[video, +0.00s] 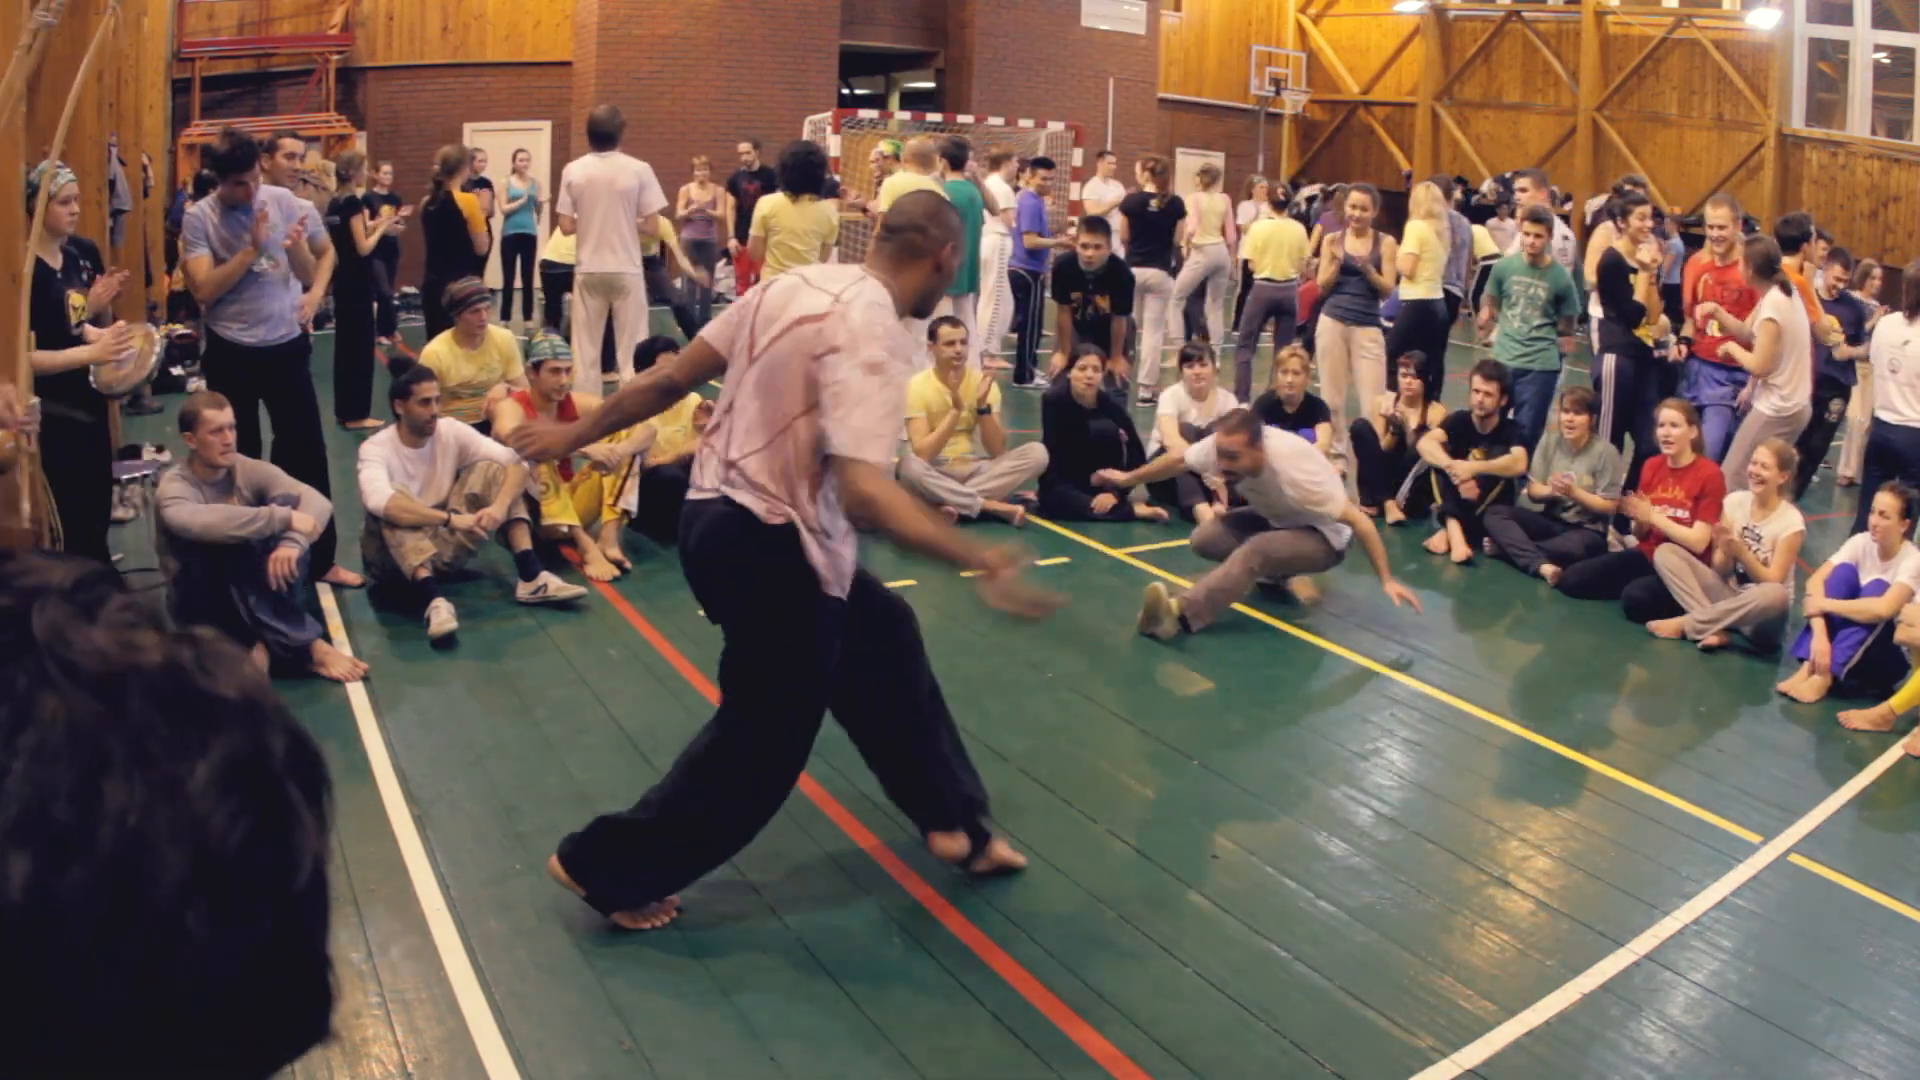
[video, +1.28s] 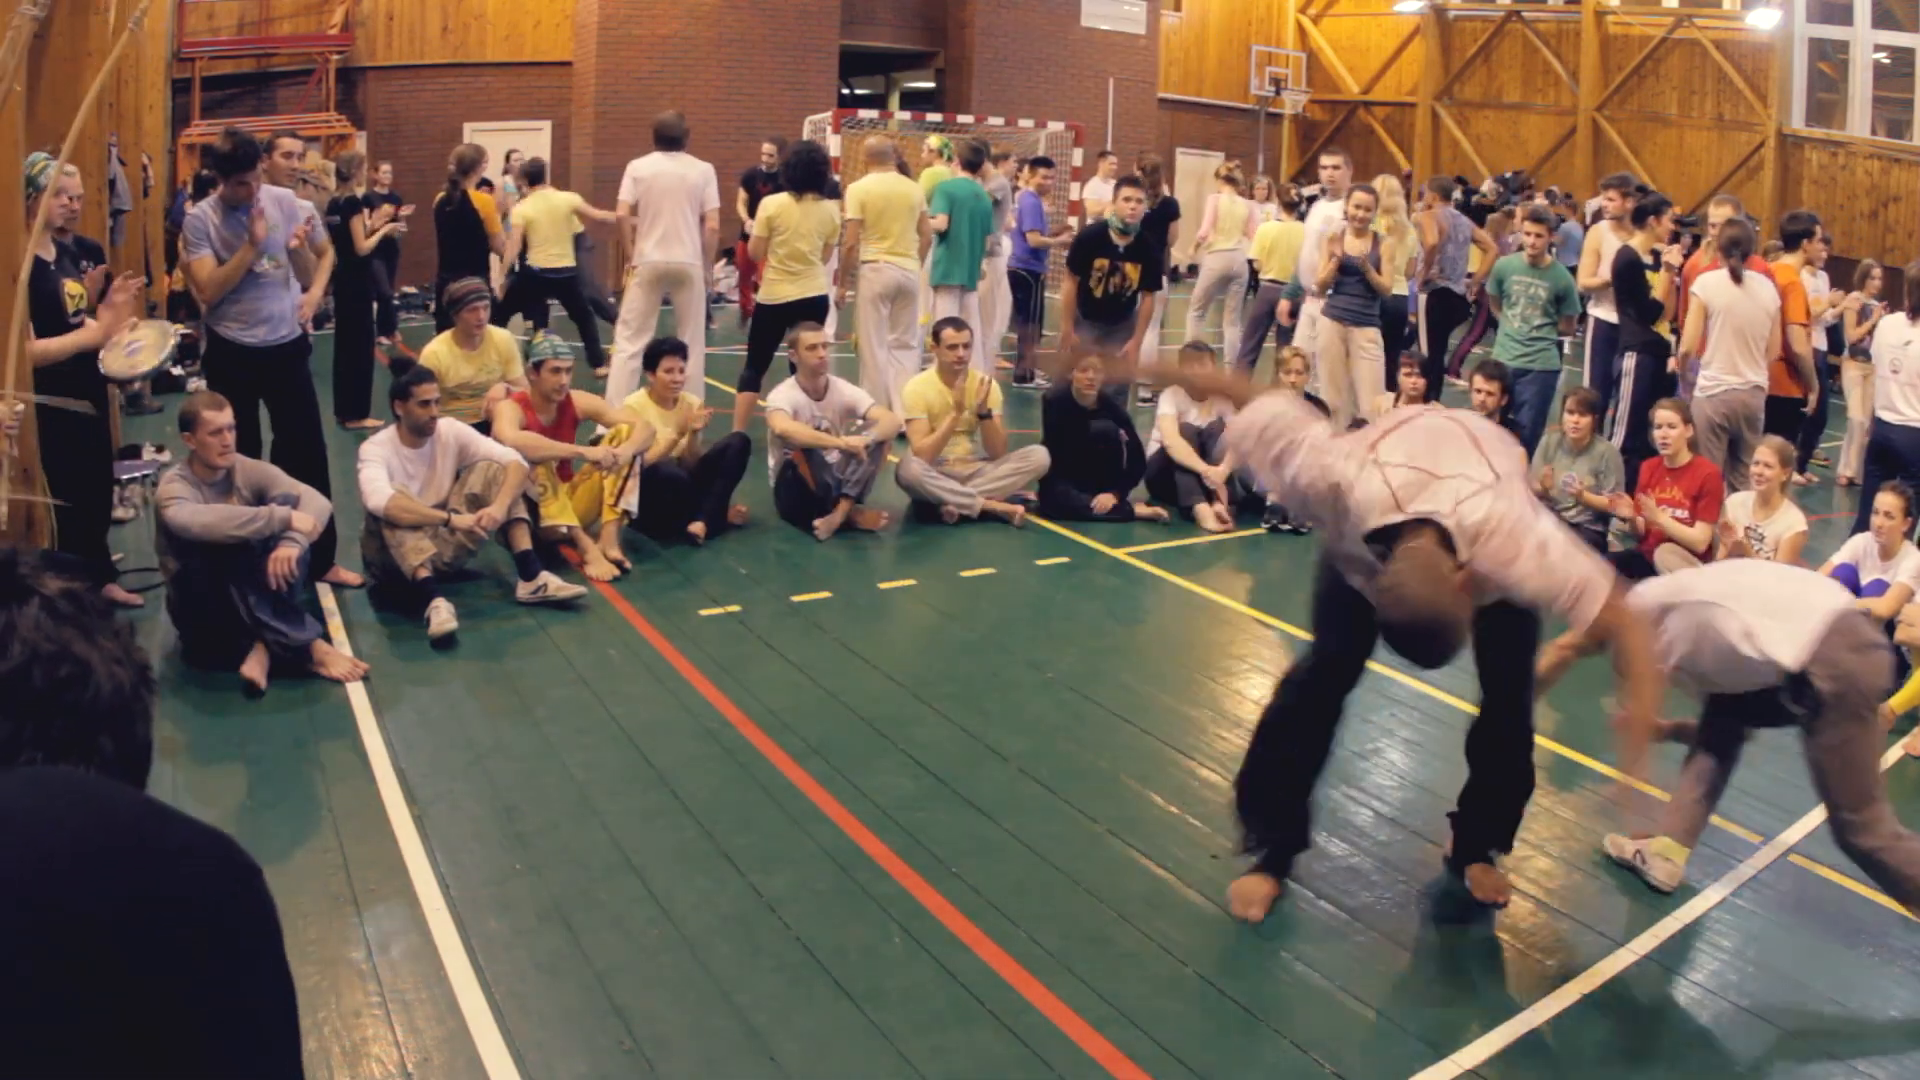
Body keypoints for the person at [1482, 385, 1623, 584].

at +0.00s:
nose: (1569, 419)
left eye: (1577, 414)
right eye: (1565, 412)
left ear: (1591, 419)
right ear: (1558, 414)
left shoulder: (1606, 452)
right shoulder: (1549, 441)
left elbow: (1611, 506)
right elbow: (1533, 490)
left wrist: (1574, 492)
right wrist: (1551, 489)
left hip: (1584, 529)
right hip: (1547, 519)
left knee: (1574, 548)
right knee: (1494, 514)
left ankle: (1510, 550)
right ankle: (1539, 566)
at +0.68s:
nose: (1570, 420)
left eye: (1578, 414)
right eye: (1566, 412)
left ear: (1592, 420)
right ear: (1559, 415)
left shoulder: (1606, 451)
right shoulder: (1550, 441)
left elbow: (1617, 505)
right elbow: (1533, 497)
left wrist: (1589, 499)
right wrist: (1536, 484)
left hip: (1585, 529)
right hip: (1549, 518)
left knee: (1574, 548)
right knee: (1497, 512)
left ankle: (1510, 553)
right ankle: (1539, 565)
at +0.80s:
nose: (1572, 419)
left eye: (1580, 414)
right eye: (1567, 412)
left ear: (1593, 419)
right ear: (1560, 415)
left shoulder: (1607, 452)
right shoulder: (1549, 441)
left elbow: (1609, 505)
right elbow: (1534, 489)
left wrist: (1574, 490)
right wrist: (1553, 491)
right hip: (1551, 516)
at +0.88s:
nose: (1572, 419)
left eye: (1580, 414)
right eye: (1568, 412)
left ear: (1594, 419)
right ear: (1561, 414)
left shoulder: (1607, 452)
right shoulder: (1549, 441)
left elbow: (1613, 504)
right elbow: (1533, 483)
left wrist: (1581, 493)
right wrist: (1557, 483)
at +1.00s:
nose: (1572, 420)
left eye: (1580, 414)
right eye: (1568, 412)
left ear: (1594, 420)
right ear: (1561, 414)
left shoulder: (1607, 452)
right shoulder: (1550, 440)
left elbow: (1615, 504)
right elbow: (1532, 494)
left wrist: (1586, 497)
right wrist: (1541, 487)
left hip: (1583, 522)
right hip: (1546, 514)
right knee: (1494, 513)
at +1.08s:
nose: (1574, 420)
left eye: (1581, 414)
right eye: (1569, 413)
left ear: (1594, 419)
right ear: (1562, 415)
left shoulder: (1607, 452)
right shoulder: (1549, 442)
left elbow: (1610, 505)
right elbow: (1532, 489)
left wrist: (1576, 492)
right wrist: (1554, 489)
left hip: (1586, 525)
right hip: (1548, 517)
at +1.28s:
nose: (1575, 420)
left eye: (1582, 415)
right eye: (1570, 413)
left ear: (1594, 419)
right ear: (1562, 416)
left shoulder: (1608, 453)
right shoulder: (1549, 441)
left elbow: (1615, 504)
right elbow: (1531, 486)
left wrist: (1583, 496)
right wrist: (1542, 485)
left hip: (1586, 527)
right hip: (1546, 519)